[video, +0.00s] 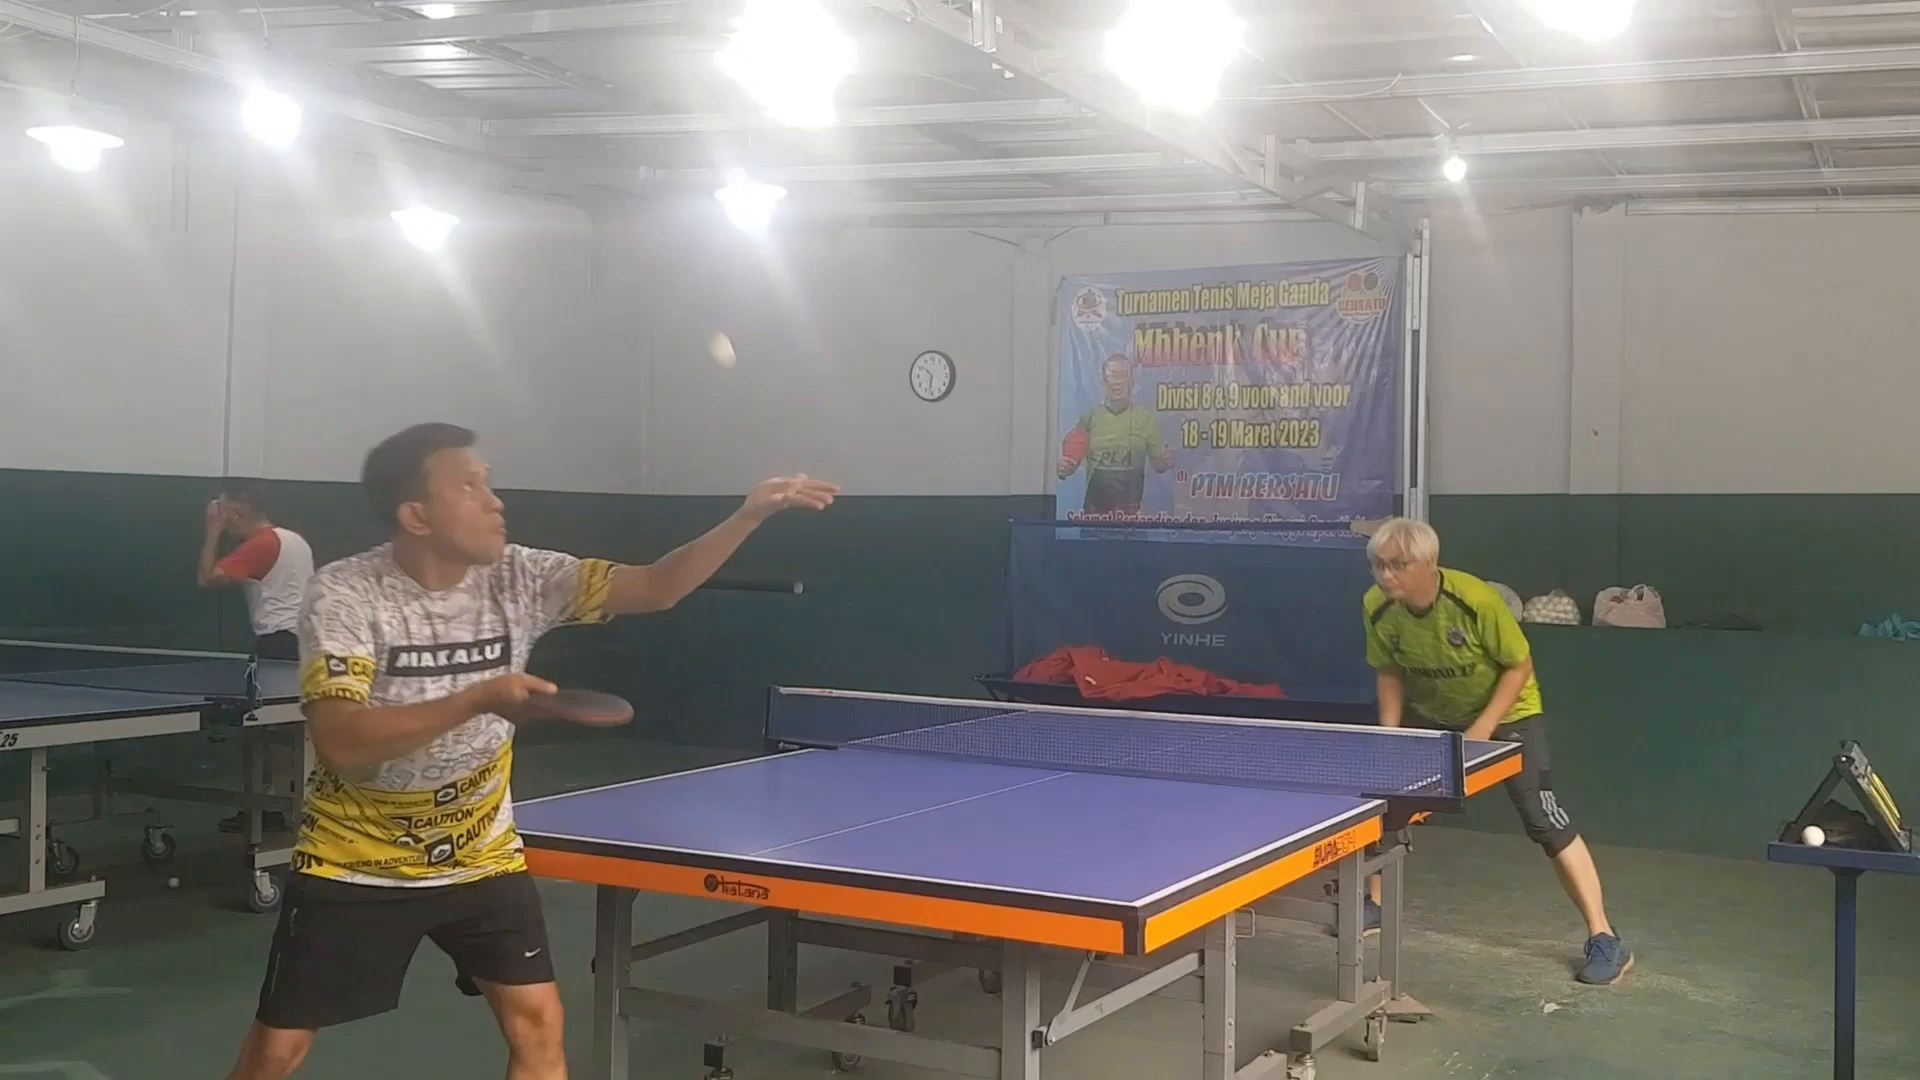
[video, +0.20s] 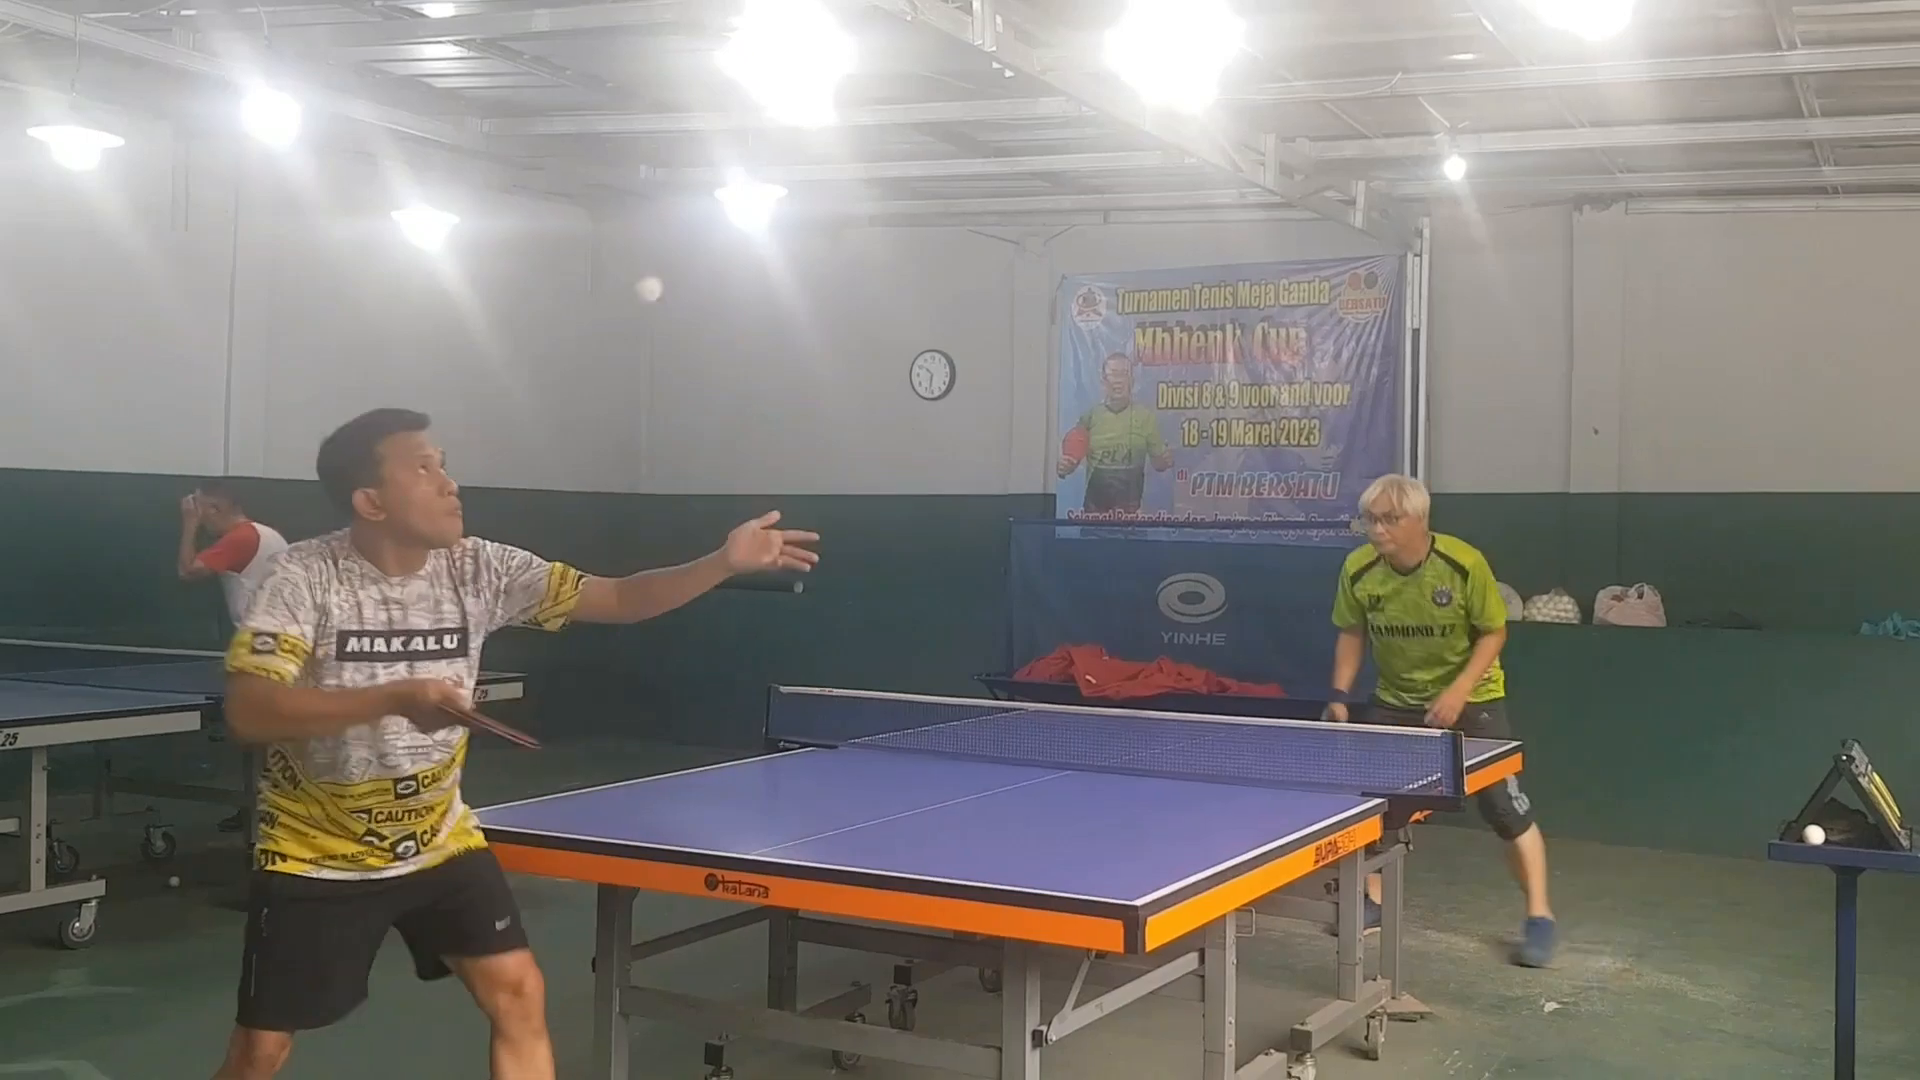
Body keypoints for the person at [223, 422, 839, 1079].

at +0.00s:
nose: (496, 498)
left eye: (490, 483)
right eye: (473, 487)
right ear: (413, 515)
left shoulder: (521, 578)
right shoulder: (347, 591)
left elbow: (654, 586)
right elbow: (339, 739)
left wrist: (753, 512)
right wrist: (476, 699)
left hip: (481, 853)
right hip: (355, 859)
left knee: (537, 1022)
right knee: (275, 1051)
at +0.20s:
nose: (449, 481)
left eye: (442, 465)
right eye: (424, 469)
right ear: (368, 503)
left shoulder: (481, 570)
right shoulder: (297, 577)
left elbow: (621, 597)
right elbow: (248, 710)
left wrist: (725, 561)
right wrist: (395, 698)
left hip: (436, 836)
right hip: (312, 848)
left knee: (518, 991)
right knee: (259, 1053)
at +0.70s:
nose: (695, 637)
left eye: (699, 622)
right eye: (695, 620)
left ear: (652, 616)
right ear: (658, 615)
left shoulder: (639, 691)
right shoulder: (523, 618)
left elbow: (714, 761)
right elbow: (395, 706)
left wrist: (747, 674)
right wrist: (484, 657)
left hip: (507, 890)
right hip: (410, 877)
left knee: (618, 1027)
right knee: (405, 1070)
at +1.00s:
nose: (598, 564)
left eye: (600, 548)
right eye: (595, 547)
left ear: (547, 545)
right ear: (557, 546)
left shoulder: (507, 626)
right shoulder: (442, 601)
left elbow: (538, 736)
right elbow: (409, 732)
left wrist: (623, 722)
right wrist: (562, 725)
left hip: (416, 885)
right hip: (338, 890)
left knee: (510, 1016)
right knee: (349, 1068)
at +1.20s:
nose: (578, 548)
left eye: (576, 531)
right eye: (573, 531)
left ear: (526, 539)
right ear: (529, 536)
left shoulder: (502, 612)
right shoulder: (422, 613)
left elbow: (519, 722)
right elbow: (418, 768)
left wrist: (594, 754)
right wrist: (575, 755)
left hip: (413, 874)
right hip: (331, 881)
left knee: (478, 1021)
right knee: (342, 1068)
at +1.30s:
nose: (573, 540)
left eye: (572, 523)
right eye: (567, 522)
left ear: (520, 531)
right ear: (518, 528)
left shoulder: (522, 605)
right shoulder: (395, 606)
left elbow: (541, 711)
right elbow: (398, 770)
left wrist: (583, 772)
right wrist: (557, 769)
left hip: (431, 865)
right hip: (330, 865)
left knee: (479, 1022)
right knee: (325, 1067)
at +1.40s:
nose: (553, 562)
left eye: (553, 543)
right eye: (545, 543)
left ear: (494, 552)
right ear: (489, 550)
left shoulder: (526, 616)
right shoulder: (352, 633)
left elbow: (586, 715)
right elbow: (320, 798)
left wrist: (605, 745)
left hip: (442, 878)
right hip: (331, 879)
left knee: (503, 1035)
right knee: (330, 1069)